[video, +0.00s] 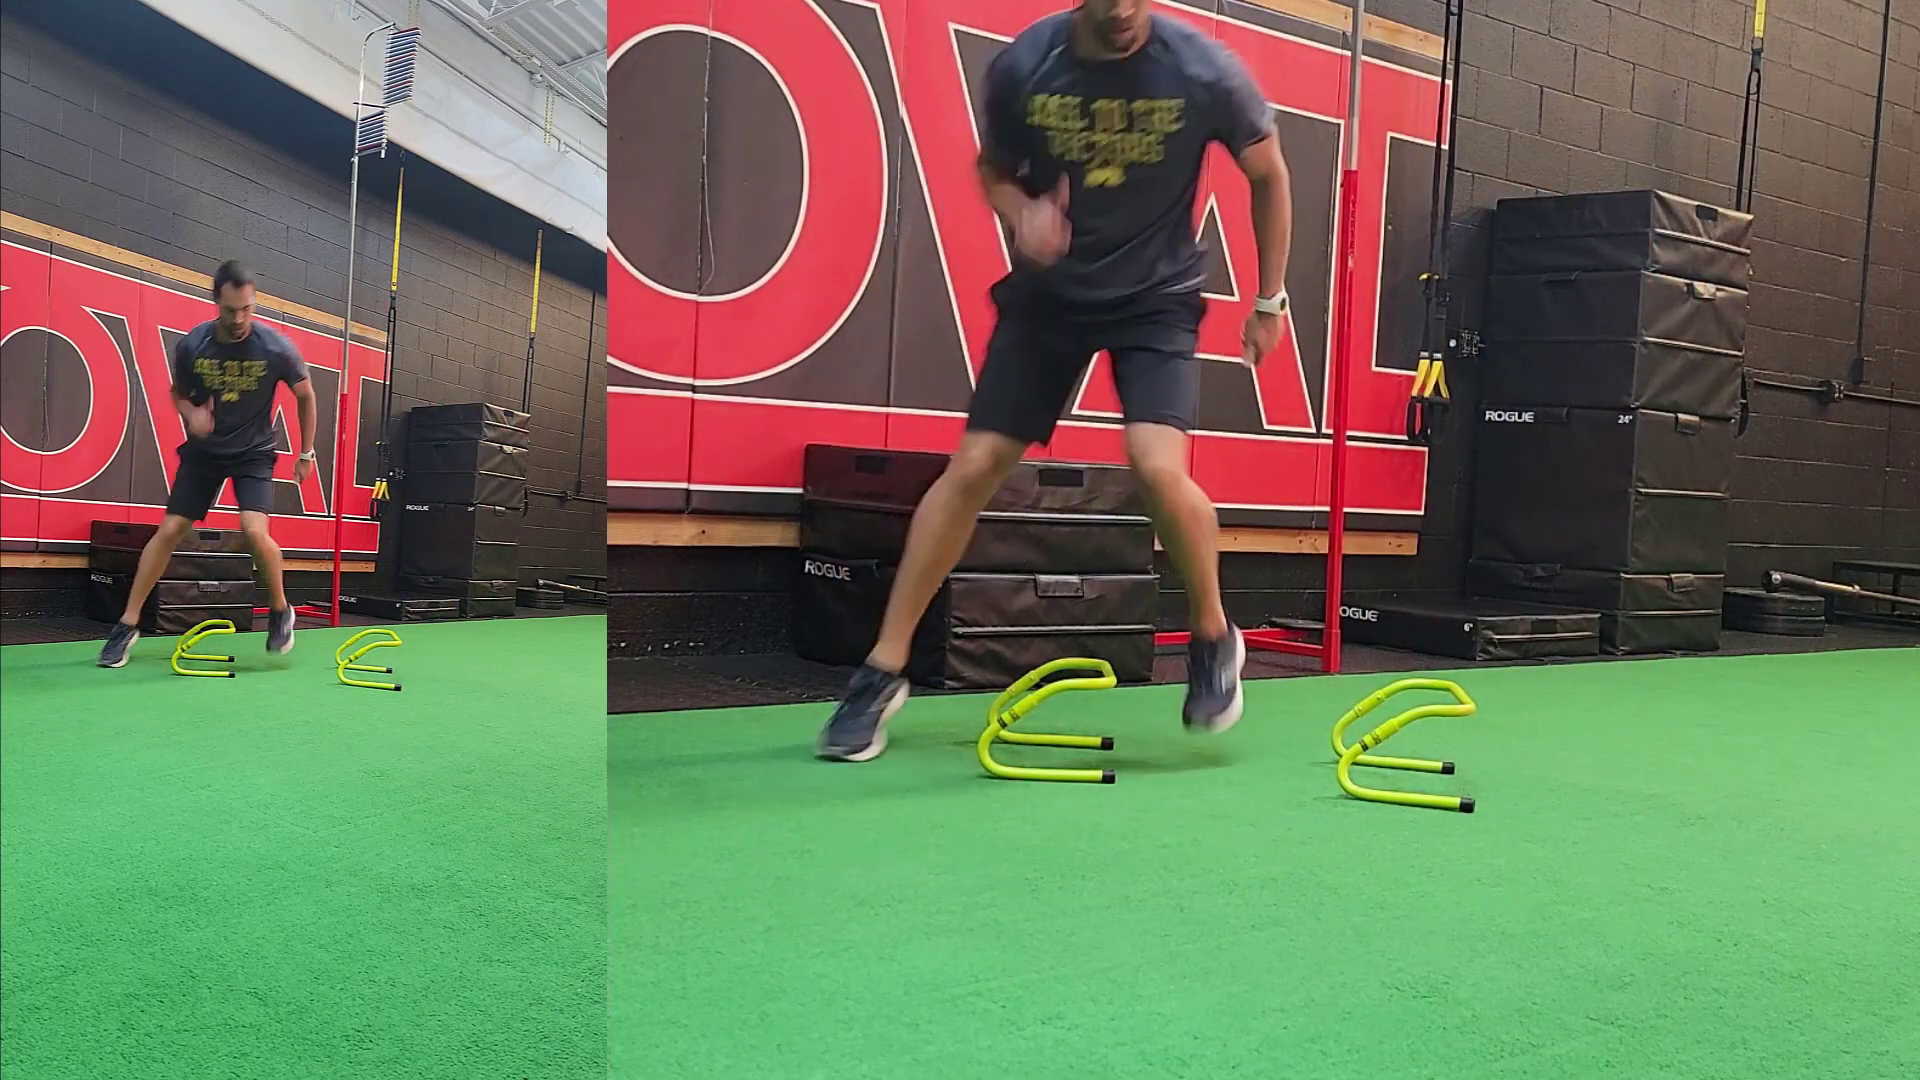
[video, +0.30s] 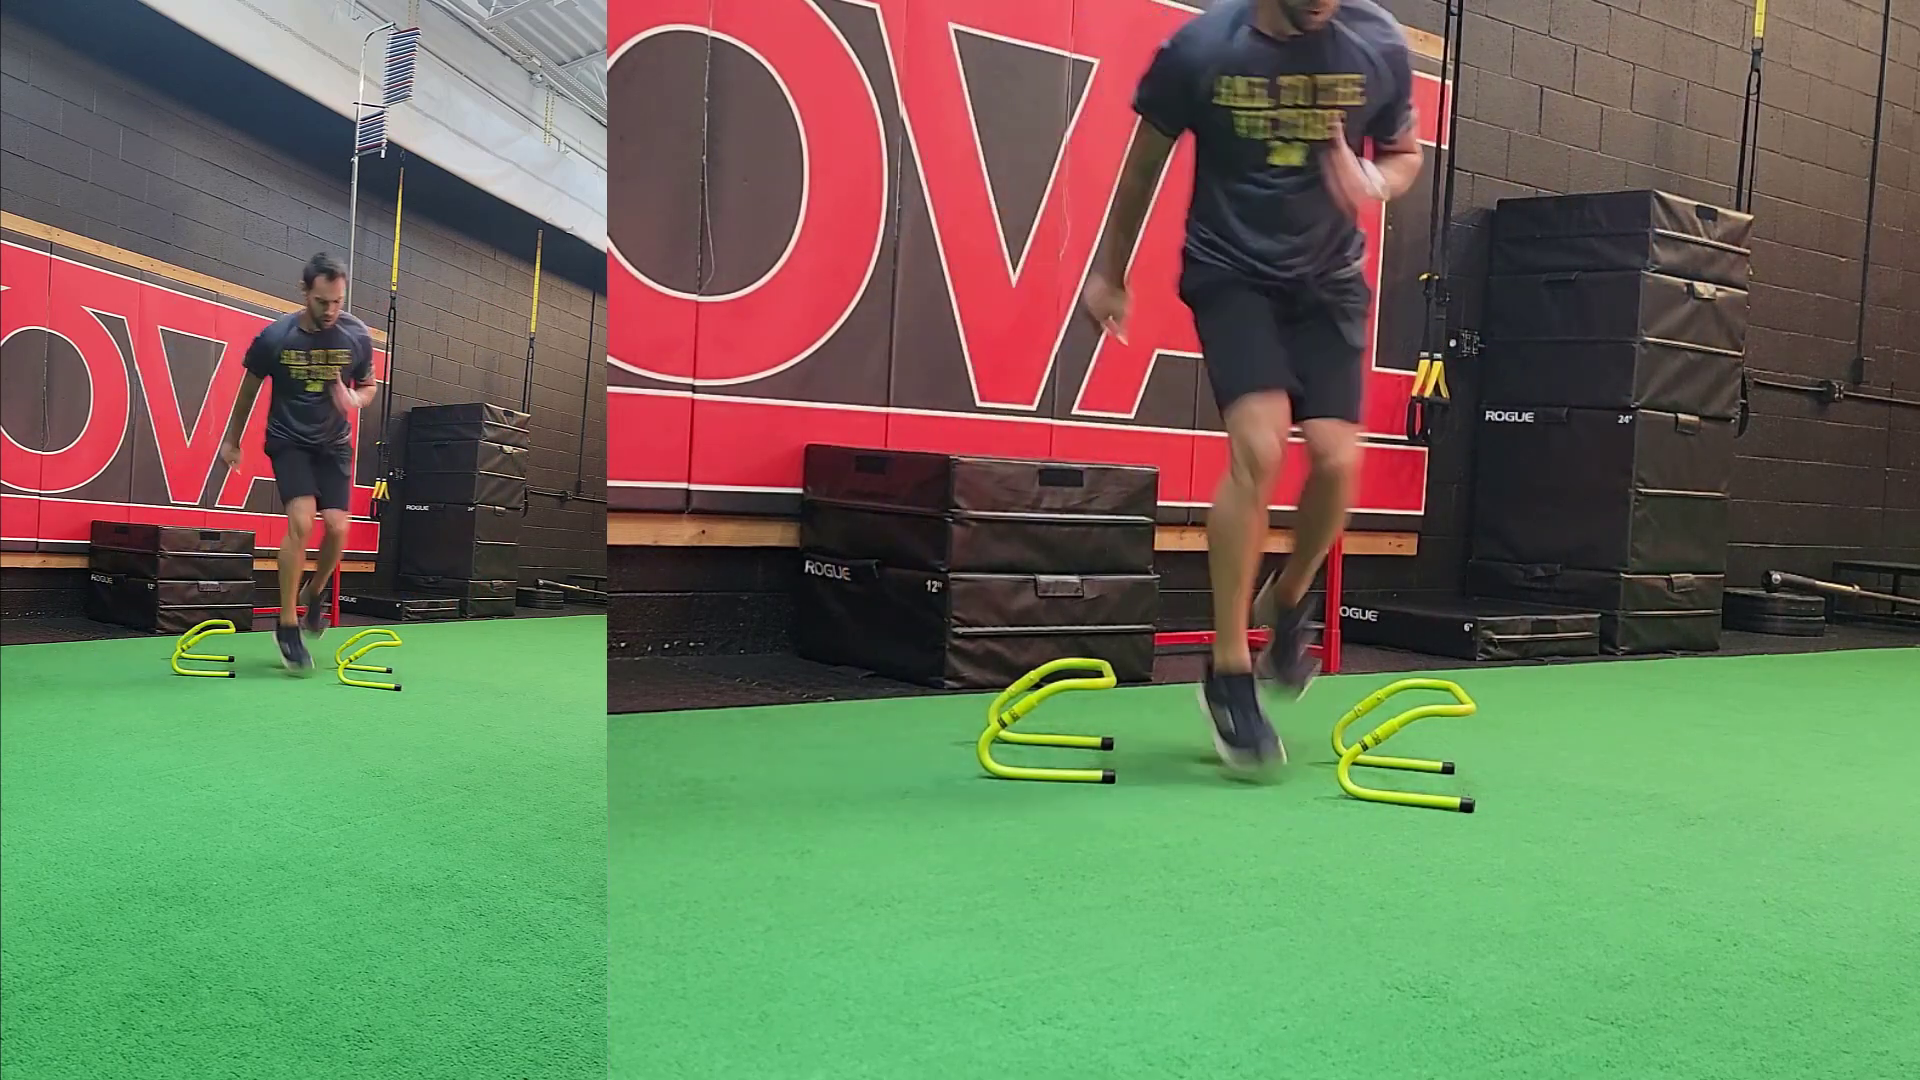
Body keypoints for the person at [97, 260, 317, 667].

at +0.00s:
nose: (240, 318)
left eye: (246, 309)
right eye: (231, 310)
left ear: (254, 303)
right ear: (215, 303)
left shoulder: (277, 349)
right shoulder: (191, 347)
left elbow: (305, 394)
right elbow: (179, 393)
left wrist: (306, 451)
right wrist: (192, 416)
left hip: (253, 451)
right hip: (203, 449)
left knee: (254, 531)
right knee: (169, 530)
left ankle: (280, 609)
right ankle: (127, 623)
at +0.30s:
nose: (331, 311)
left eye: (337, 302)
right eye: (323, 301)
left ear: (345, 297)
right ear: (304, 293)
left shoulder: (357, 336)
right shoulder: (275, 337)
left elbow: (368, 386)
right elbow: (249, 387)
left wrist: (356, 399)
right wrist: (231, 440)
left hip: (335, 443)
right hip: (289, 442)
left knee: (338, 527)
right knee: (302, 523)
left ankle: (315, 592)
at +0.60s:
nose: (421, 342)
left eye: (427, 333)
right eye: (412, 332)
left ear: (433, 327)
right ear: (391, 323)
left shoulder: (436, 358)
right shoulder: (361, 369)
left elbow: (437, 399)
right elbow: (342, 438)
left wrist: (430, 443)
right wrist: (378, 473)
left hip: (416, 461)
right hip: (369, 462)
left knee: (434, 547)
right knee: (378, 527)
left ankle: (457, 642)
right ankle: (335, 577)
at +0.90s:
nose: (482, 401)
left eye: (489, 392)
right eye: (474, 391)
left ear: (495, 385)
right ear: (455, 379)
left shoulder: (488, 412)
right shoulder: (418, 424)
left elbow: (466, 444)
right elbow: (409, 497)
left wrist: (476, 468)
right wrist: (468, 478)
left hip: (455, 493)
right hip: (409, 498)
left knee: (473, 563)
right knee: (450, 558)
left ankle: (461, 650)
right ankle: (437, 586)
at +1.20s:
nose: (464, 376)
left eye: (473, 368)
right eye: (457, 365)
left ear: (484, 366)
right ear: (444, 359)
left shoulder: (483, 413)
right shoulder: (411, 404)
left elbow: (485, 481)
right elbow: (368, 460)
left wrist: (493, 544)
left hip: (451, 495)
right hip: (404, 489)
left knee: (474, 565)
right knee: (435, 536)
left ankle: (461, 651)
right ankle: (417, 574)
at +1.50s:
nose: (379, 310)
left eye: (388, 301)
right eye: (373, 299)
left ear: (402, 300)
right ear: (361, 295)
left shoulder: (415, 342)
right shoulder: (333, 347)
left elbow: (426, 393)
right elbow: (307, 407)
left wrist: (418, 424)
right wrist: (295, 468)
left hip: (391, 452)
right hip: (339, 452)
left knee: (415, 526)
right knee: (330, 544)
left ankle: (425, 601)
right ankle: (296, 627)